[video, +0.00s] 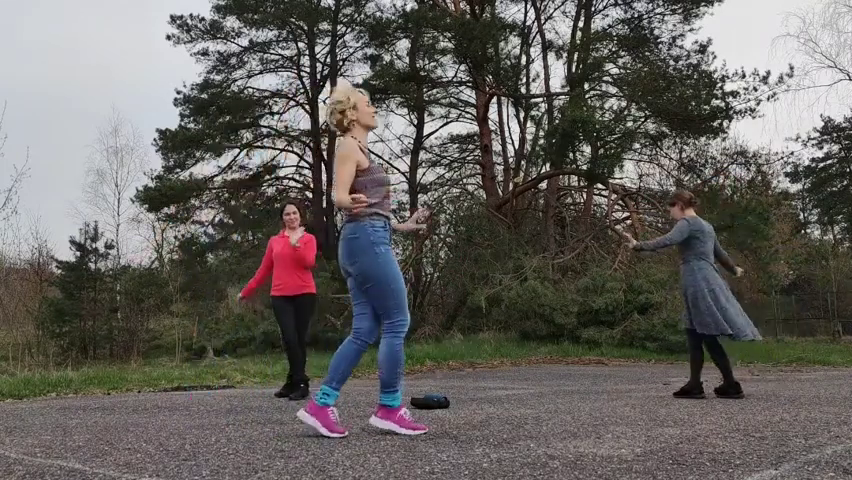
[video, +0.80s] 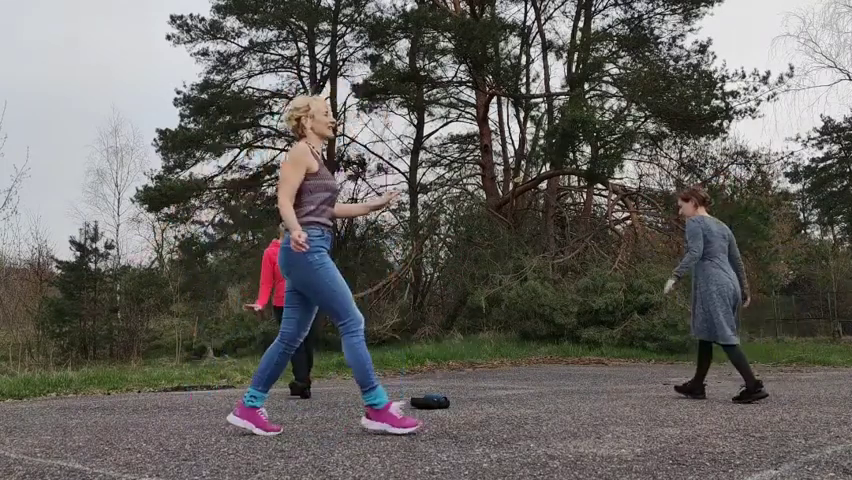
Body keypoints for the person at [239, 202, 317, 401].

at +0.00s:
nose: (291, 217)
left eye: (294, 213)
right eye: (287, 214)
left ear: (300, 216)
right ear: (282, 218)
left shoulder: (308, 238)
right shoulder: (275, 241)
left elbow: (309, 262)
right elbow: (264, 269)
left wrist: (296, 245)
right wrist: (247, 291)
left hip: (304, 293)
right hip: (280, 294)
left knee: (299, 339)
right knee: (289, 339)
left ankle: (292, 381)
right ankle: (301, 383)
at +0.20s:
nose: (293, 214)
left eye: (295, 211)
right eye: (289, 212)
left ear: (301, 214)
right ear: (283, 216)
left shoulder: (310, 238)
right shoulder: (275, 240)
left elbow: (316, 266)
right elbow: (264, 271)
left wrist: (301, 258)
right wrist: (239, 276)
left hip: (305, 293)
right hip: (280, 294)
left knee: (300, 339)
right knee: (289, 338)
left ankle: (294, 381)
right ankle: (298, 382)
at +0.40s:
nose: (293, 224)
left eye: (296, 220)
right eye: (289, 220)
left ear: (302, 223)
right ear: (284, 223)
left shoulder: (312, 246)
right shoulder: (276, 249)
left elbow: (319, 272)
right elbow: (264, 275)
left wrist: (318, 284)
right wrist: (244, 265)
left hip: (305, 300)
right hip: (281, 300)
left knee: (306, 341)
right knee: (287, 342)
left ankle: (304, 382)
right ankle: (294, 384)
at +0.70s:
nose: (289, 224)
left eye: (293, 221)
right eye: (286, 220)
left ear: (298, 224)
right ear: (280, 222)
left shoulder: (305, 242)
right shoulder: (273, 245)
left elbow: (316, 266)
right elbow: (266, 272)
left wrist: (319, 291)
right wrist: (255, 288)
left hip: (306, 298)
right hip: (284, 299)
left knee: (307, 340)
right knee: (294, 341)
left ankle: (304, 384)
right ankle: (301, 384)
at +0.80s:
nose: (291, 236)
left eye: (293, 231)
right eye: (287, 231)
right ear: (281, 234)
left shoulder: (305, 249)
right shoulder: (272, 252)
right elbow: (266, 280)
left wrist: (315, 298)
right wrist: (261, 301)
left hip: (306, 303)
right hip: (283, 304)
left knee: (306, 341)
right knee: (294, 342)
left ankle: (304, 380)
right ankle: (301, 381)